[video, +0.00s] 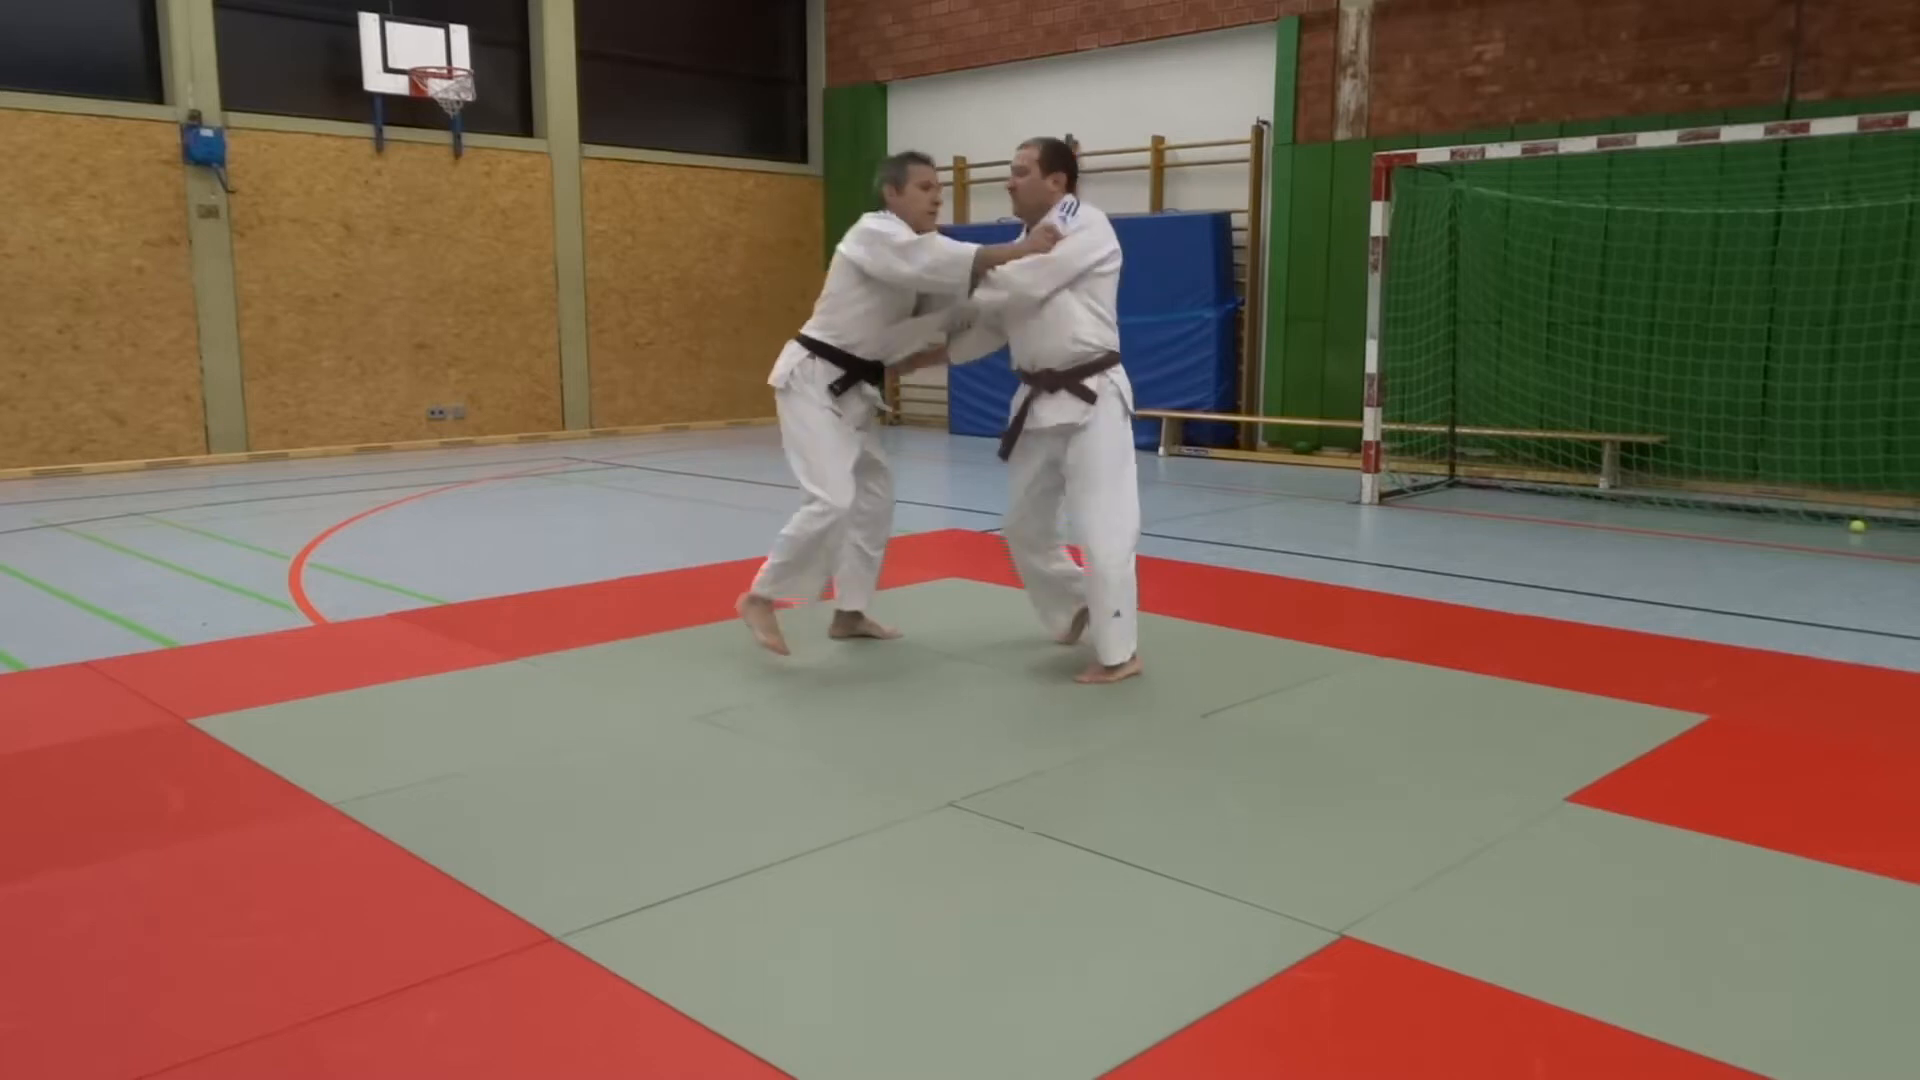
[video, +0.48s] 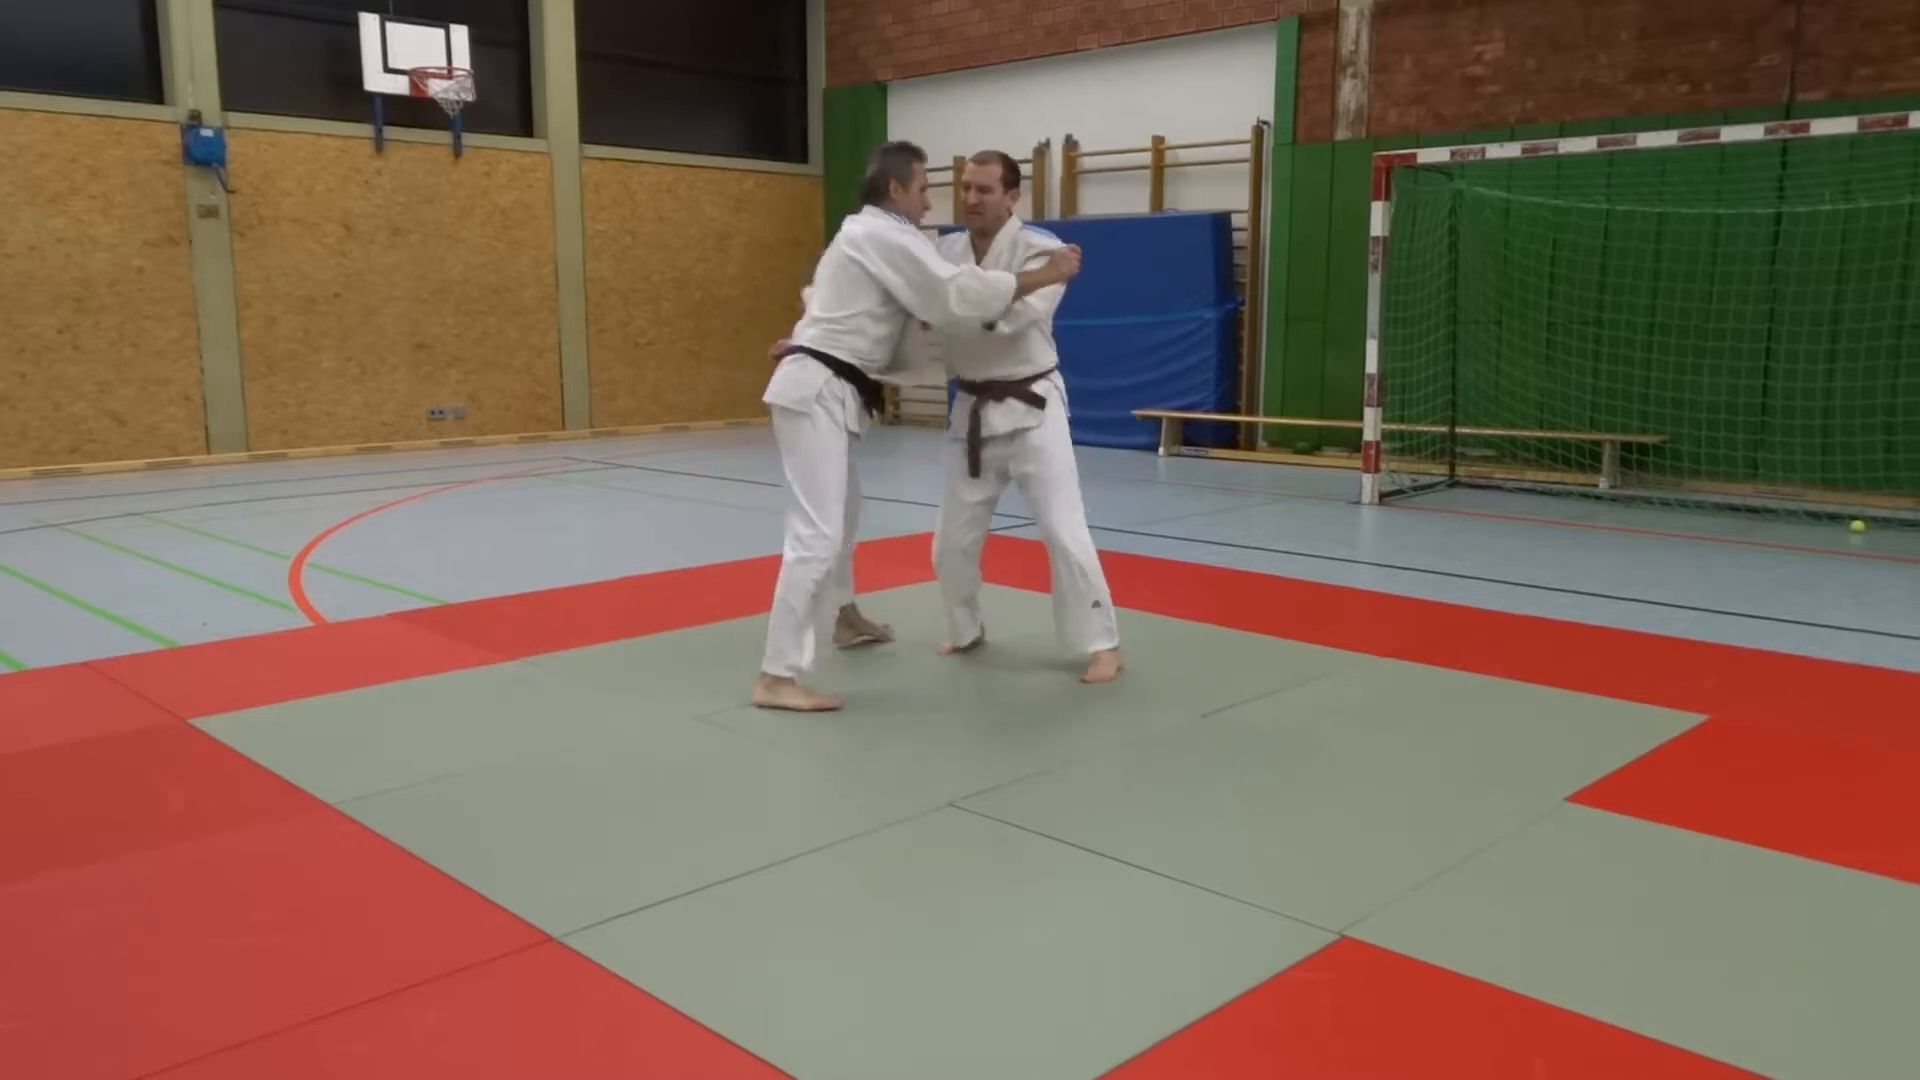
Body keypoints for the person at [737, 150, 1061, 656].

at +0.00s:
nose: (937, 199)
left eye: (938, 190)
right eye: (926, 189)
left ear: (933, 196)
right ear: (892, 193)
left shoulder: (922, 247)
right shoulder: (873, 232)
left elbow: (970, 290)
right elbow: (933, 260)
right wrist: (1023, 249)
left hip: (855, 389)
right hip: (810, 376)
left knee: (874, 497)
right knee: (833, 499)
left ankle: (849, 613)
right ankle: (760, 599)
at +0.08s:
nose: (961, 206)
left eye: (963, 197)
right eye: (949, 196)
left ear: (961, 206)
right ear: (915, 203)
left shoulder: (944, 265)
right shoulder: (892, 242)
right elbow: (947, 280)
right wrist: (1032, 261)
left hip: (867, 398)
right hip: (829, 379)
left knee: (889, 502)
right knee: (841, 495)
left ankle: (853, 615)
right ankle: (765, 615)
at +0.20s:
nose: (976, 217)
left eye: (977, 210)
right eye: (965, 210)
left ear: (955, 220)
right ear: (931, 216)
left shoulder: (951, 267)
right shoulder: (908, 254)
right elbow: (952, 301)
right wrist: (1037, 271)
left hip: (881, 409)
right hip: (844, 388)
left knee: (898, 511)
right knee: (836, 502)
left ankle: (855, 617)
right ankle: (783, 638)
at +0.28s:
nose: (962, 226)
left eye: (963, 216)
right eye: (951, 215)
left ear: (927, 222)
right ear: (916, 219)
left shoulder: (933, 268)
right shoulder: (898, 258)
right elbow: (947, 301)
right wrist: (1038, 275)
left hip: (872, 412)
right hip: (837, 394)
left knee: (890, 508)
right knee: (837, 515)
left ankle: (855, 616)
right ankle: (790, 654)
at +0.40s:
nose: (941, 206)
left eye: (940, 196)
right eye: (933, 196)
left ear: (902, 202)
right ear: (901, 201)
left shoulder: (902, 243)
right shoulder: (890, 244)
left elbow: (954, 289)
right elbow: (953, 303)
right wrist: (1050, 276)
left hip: (856, 395)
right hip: (827, 388)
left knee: (854, 517)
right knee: (831, 532)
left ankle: (844, 616)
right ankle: (779, 674)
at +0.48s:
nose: (930, 199)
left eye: (928, 188)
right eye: (923, 188)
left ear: (884, 189)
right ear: (895, 188)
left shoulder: (866, 231)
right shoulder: (883, 235)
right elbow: (953, 296)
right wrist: (1046, 273)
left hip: (830, 390)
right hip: (815, 388)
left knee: (843, 516)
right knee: (818, 533)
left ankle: (842, 618)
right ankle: (777, 677)